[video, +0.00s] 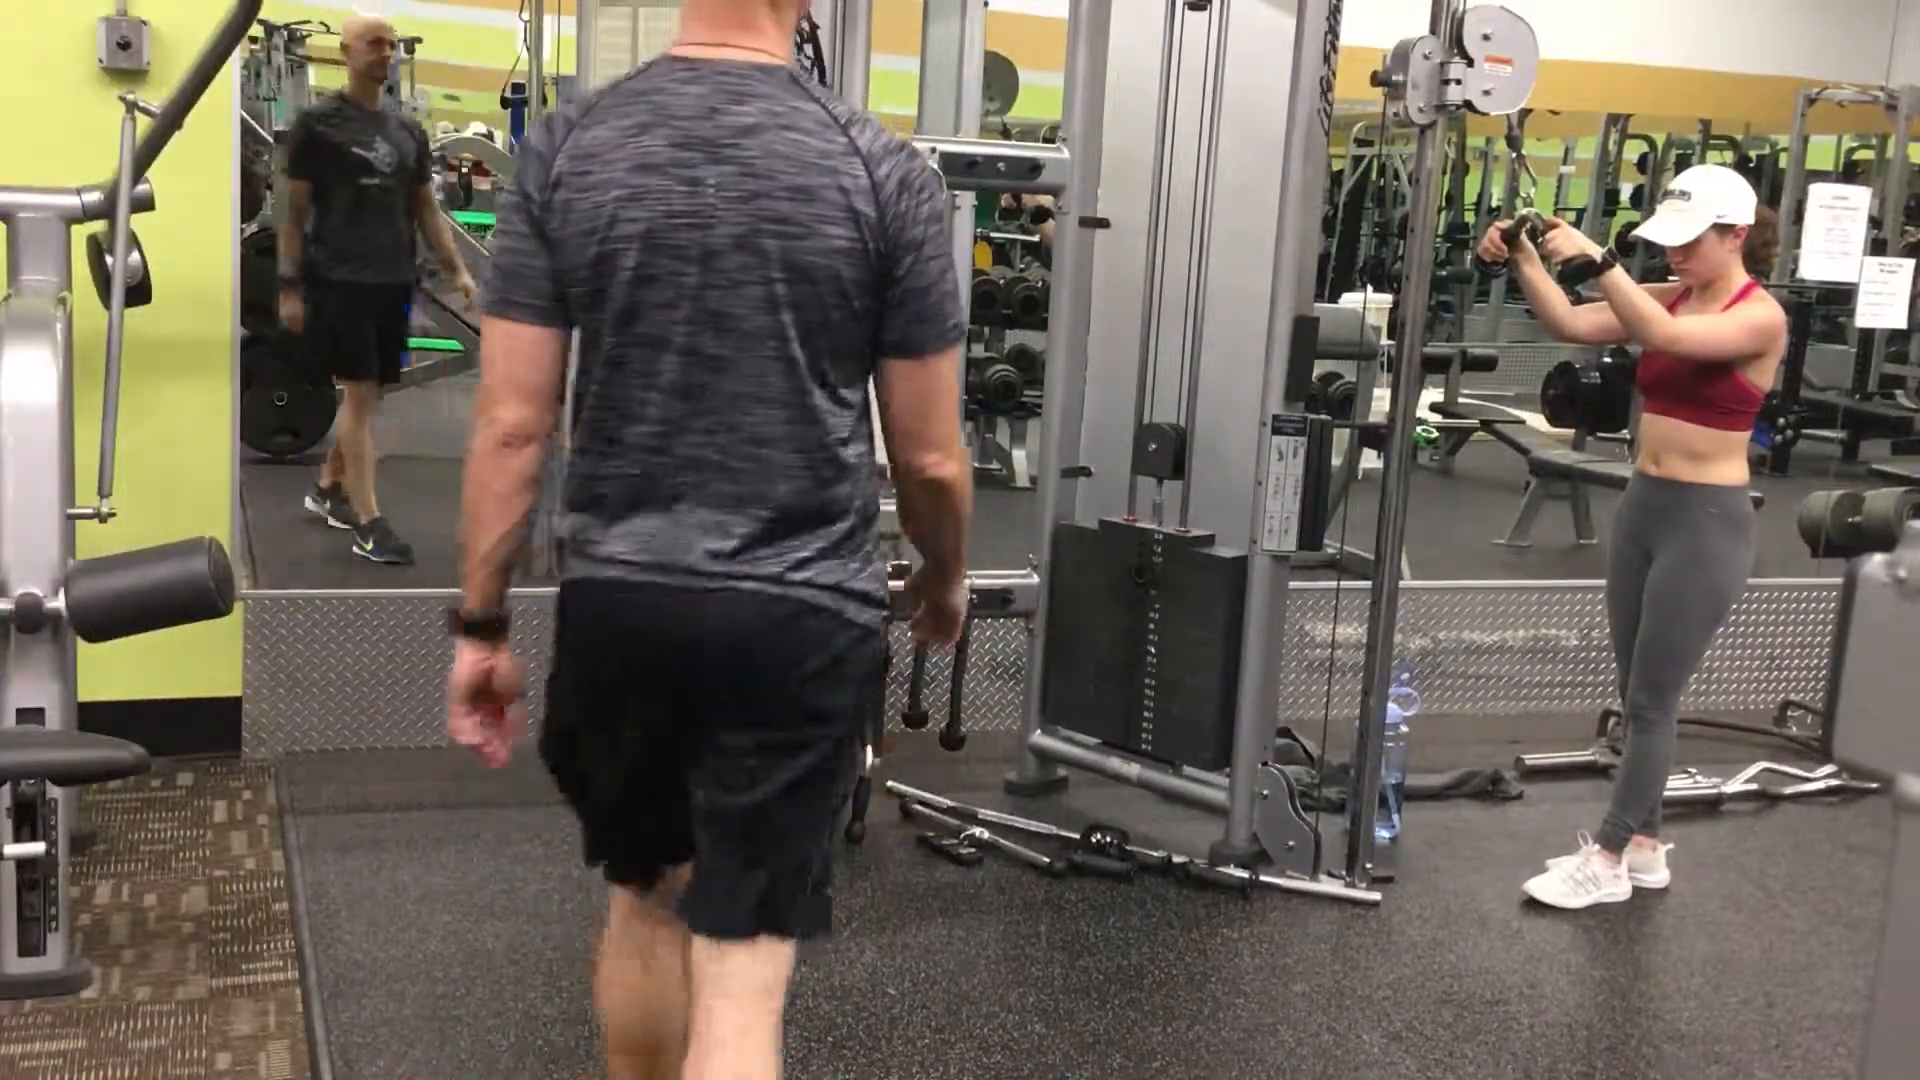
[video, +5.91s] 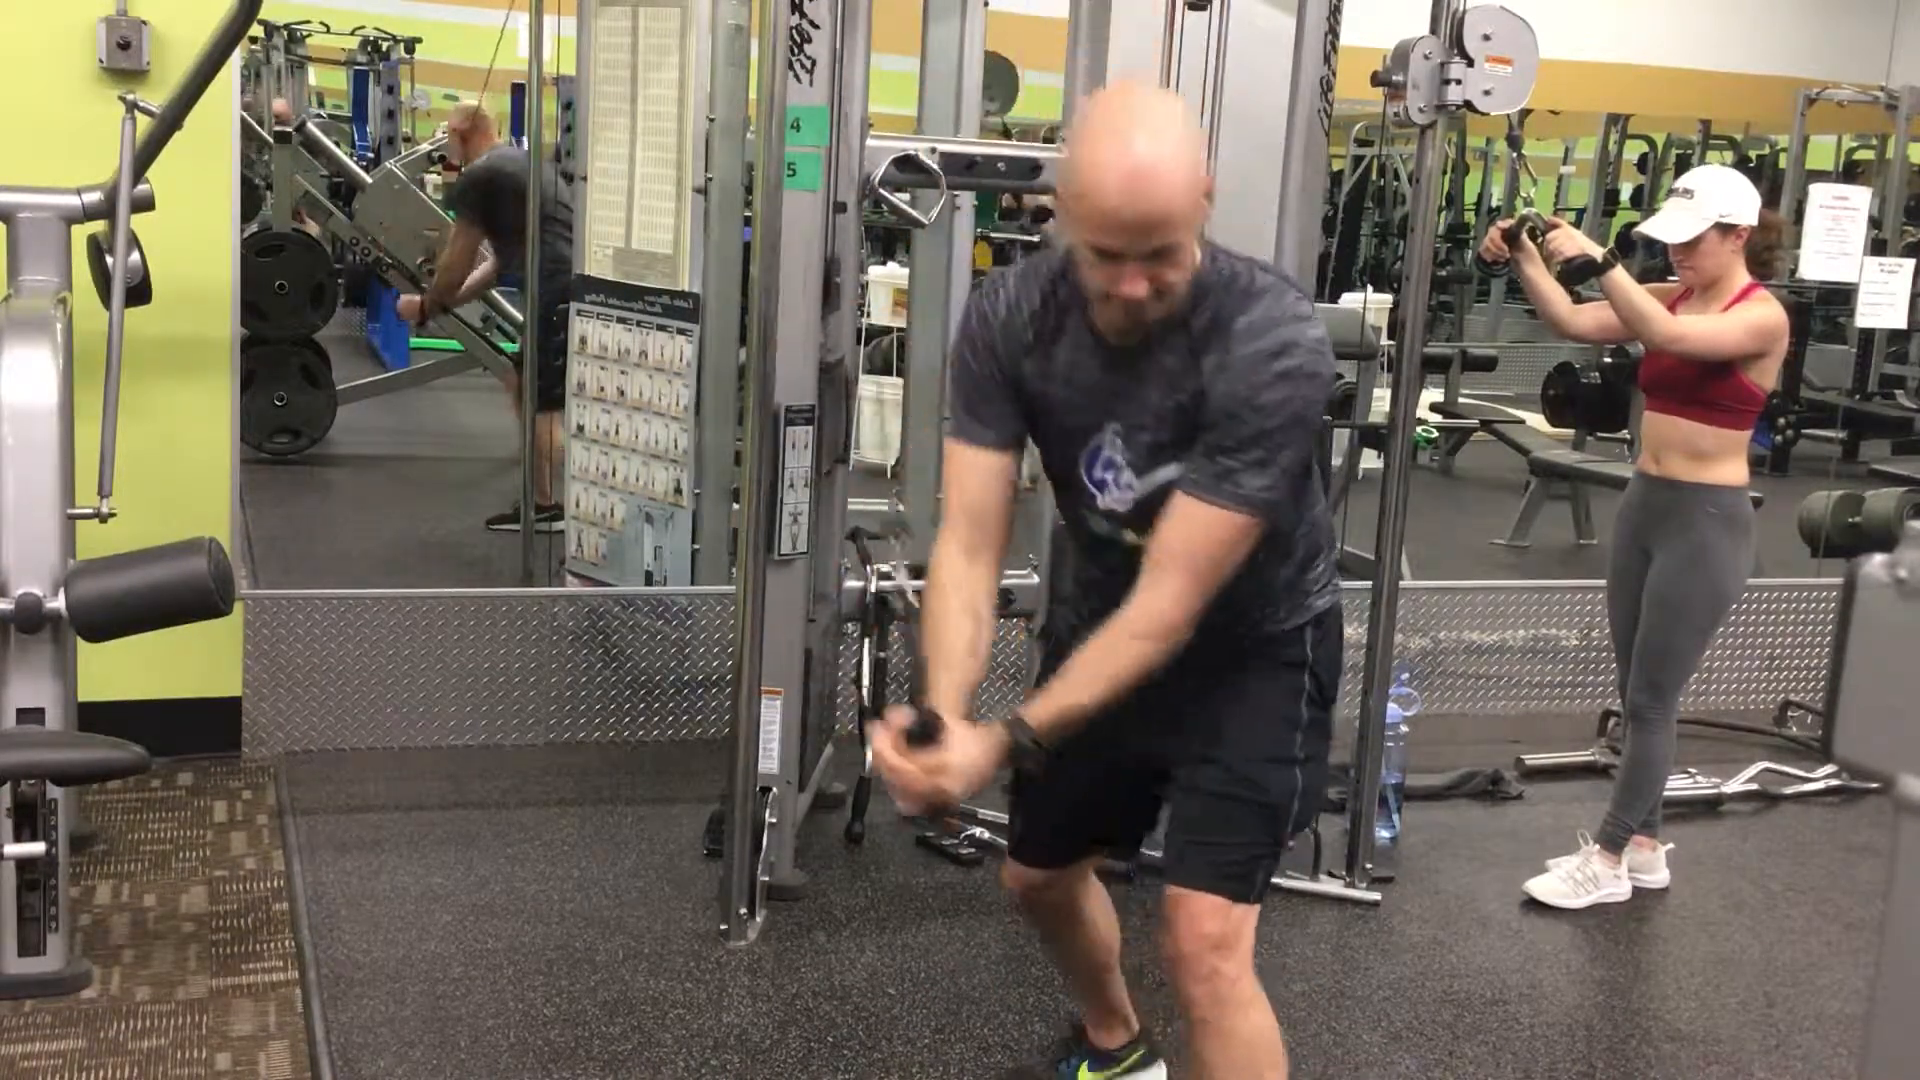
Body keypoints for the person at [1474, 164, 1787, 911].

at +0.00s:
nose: (1673, 255)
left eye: (1686, 241)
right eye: (1668, 242)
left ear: (1735, 236)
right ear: (1669, 241)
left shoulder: (1763, 317)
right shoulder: (1669, 299)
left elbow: (1666, 335)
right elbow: (1571, 322)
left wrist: (1596, 259)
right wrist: (1521, 258)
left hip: (1708, 524)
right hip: (1640, 510)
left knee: (1652, 700)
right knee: (1639, 694)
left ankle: (1607, 858)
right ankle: (1644, 845)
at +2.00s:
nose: (1683, 252)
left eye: (1699, 238)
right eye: (1680, 239)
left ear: (1748, 236)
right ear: (1682, 238)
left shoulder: (1771, 318)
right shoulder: (1678, 300)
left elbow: (1673, 330)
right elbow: (1584, 317)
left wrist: (1604, 256)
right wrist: (1527, 257)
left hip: (1709, 523)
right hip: (1642, 509)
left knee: (1652, 698)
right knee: (1639, 692)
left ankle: (1605, 859)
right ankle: (1646, 846)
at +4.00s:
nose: (1681, 252)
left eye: (1696, 239)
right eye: (1678, 239)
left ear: (1745, 236)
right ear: (1679, 238)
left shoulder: (1769, 318)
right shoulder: (1675, 300)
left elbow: (1670, 331)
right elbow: (1579, 319)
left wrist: (1602, 257)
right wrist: (1525, 257)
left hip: (1709, 524)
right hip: (1642, 510)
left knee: (1652, 699)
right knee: (1639, 693)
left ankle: (1606, 859)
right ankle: (1646, 846)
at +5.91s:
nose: (1676, 254)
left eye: (1690, 240)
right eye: (1671, 242)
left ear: (1739, 237)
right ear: (1673, 241)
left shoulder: (1765, 317)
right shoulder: (1670, 299)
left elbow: (1666, 333)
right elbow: (1574, 320)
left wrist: (1597, 258)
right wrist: (1521, 259)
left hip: (1708, 523)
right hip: (1641, 508)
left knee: (1651, 698)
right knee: (1638, 692)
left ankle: (1607, 858)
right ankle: (1645, 845)